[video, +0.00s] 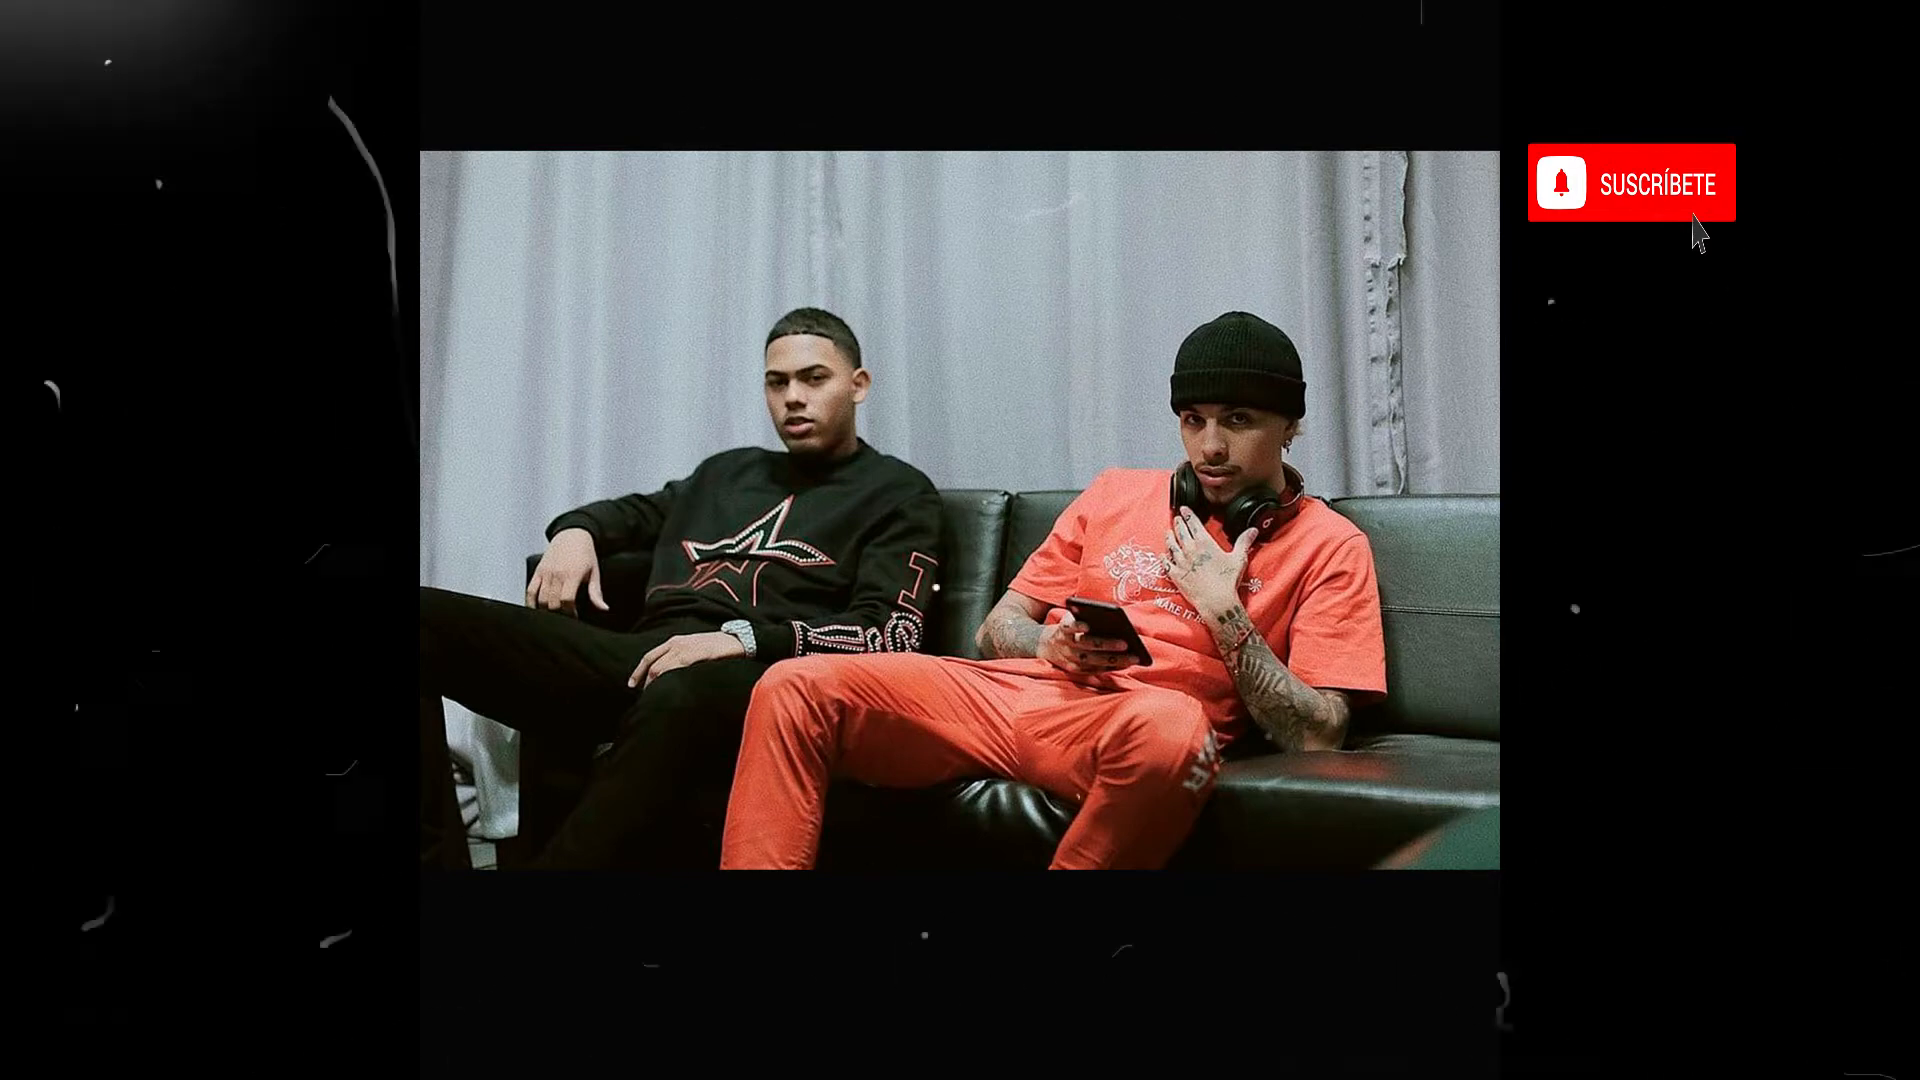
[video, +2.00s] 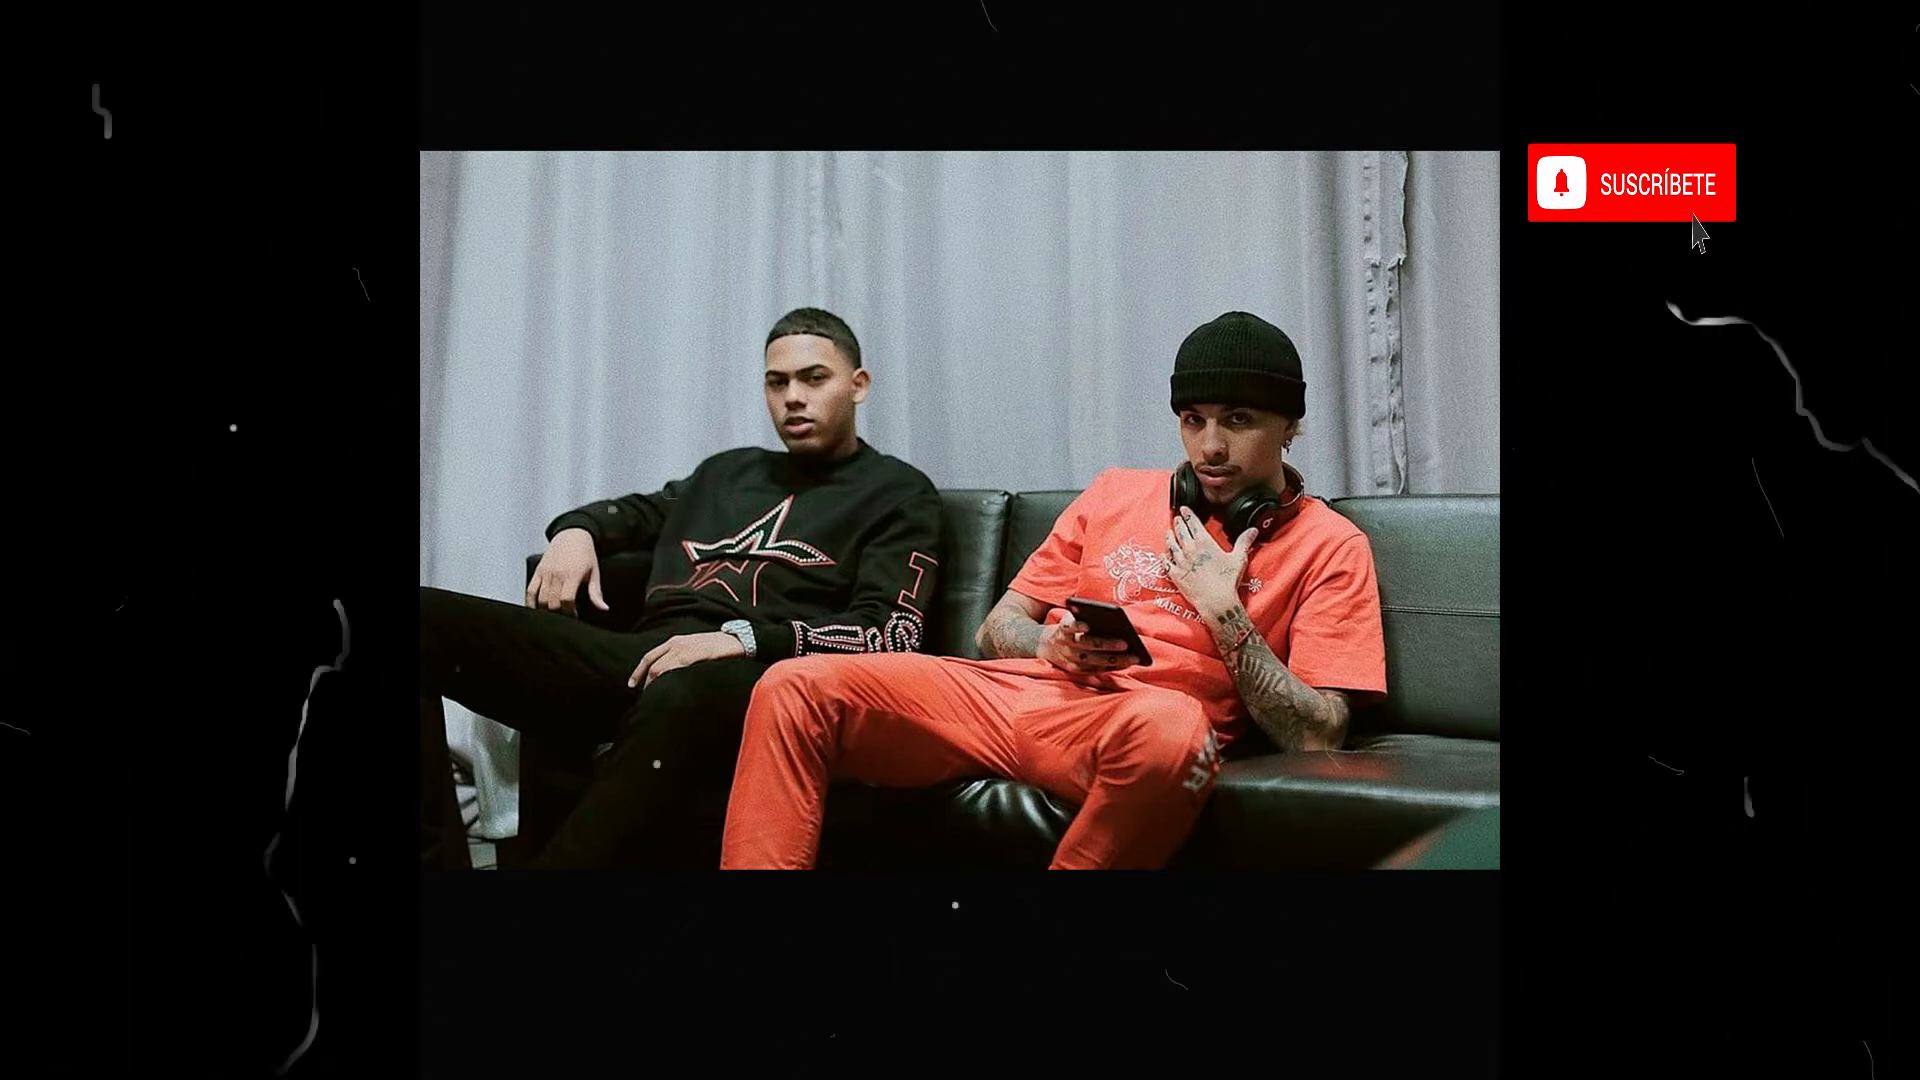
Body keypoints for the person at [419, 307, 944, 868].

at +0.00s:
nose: (793, 399)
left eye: (813, 379)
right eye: (779, 382)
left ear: (859, 385)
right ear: (765, 391)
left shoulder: (900, 493)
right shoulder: (728, 472)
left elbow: (894, 634)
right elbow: (640, 515)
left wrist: (742, 639)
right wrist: (574, 530)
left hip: (769, 681)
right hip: (637, 653)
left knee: (682, 699)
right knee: (425, 617)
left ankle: (562, 871)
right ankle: (440, 856)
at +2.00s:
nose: (793, 399)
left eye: (814, 378)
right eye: (779, 382)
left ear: (859, 385)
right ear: (765, 390)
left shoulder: (900, 494)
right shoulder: (727, 472)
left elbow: (893, 635)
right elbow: (643, 516)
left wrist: (743, 639)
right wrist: (575, 530)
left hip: (771, 681)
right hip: (637, 654)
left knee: (682, 701)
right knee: (424, 617)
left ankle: (561, 870)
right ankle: (440, 857)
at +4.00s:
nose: (793, 399)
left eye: (814, 378)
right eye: (779, 382)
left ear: (859, 385)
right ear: (765, 390)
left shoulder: (899, 494)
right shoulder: (728, 471)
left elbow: (893, 635)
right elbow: (642, 515)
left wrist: (742, 639)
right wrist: (575, 530)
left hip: (770, 681)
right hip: (637, 653)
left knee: (682, 701)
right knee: (424, 617)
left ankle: (562, 871)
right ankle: (441, 856)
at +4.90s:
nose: (793, 399)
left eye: (813, 379)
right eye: (779, 382)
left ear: (859, 385)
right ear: (765, 391)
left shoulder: (899, 493)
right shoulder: (728, 472)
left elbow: (896, 634)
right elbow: (641, 515)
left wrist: (744, 638)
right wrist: (575, 530)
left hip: (770, 680)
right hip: (638, 653)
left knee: (683, 700)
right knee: (426, 616)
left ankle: (561, 872)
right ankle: (442, 858)